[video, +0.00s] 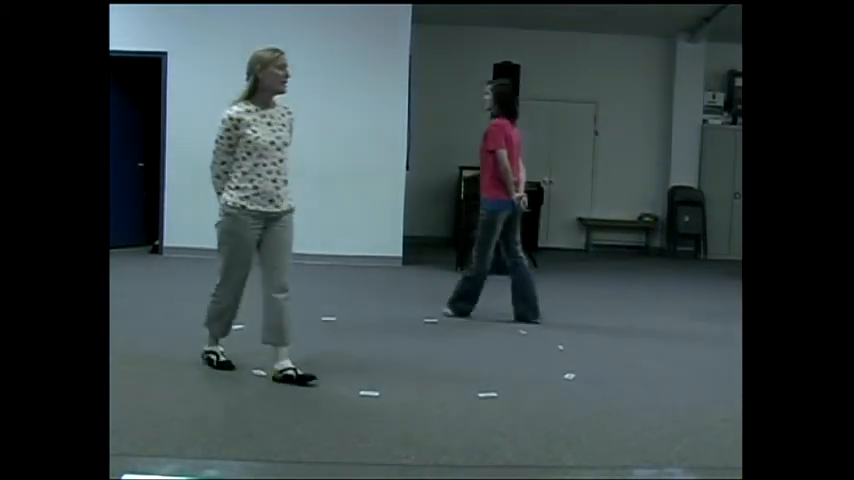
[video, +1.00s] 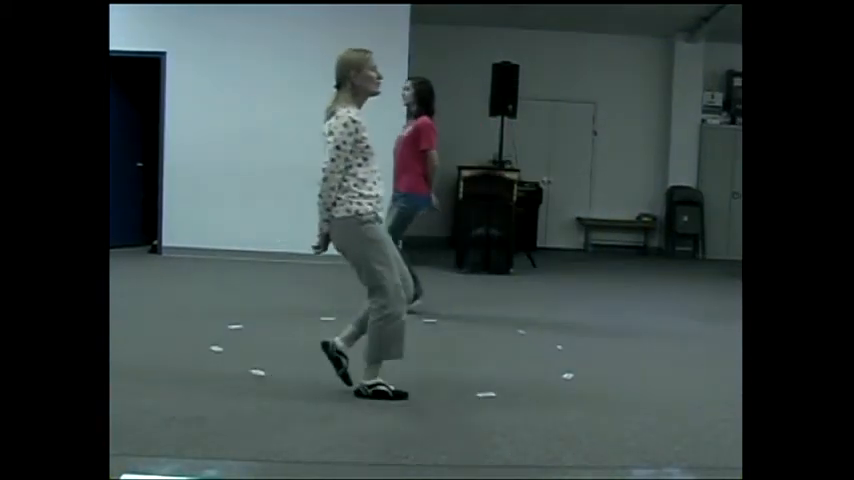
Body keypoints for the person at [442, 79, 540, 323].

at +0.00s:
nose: (484, 99)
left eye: (488, 95)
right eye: (485, 94)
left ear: (498, 99)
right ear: (505, 100)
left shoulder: (496, 128)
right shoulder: (512, 129)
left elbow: (503, 162)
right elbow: (520, 164)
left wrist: (514, 191)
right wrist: (520, 190)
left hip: (494, 201)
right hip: (511, 200)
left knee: (481, 257)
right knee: (515, 255)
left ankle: (460, 305)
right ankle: (528, 312)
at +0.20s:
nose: (465, 95)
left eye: (469, 92)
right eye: (466, 91)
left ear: (478, 97)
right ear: (487, 99)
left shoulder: (473, 123)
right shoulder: (490, 125)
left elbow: (480, 158)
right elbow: (496, 162)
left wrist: (489, 187)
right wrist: (495, 188)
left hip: (469, 197)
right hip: (486, 196)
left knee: (464, 255)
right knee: (482, 249)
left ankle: (459, 307)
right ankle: (511, 299)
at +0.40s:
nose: (444, 95)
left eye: (448, 91)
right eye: (445, 90)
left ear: (458, 96)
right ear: (465, 97)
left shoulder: (454, 124)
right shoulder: (470, 126)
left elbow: (462, 159)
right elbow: (475, 161)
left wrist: (472, 188)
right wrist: (475, 189)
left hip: (452, 195)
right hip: (460, 195)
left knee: (456, 250)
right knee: (436, 243)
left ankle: (459, 305)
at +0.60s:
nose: (426, 94)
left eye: (431, 90)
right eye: (428, 90)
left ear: (442, 96)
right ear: (443, 97)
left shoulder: (442, 123)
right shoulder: (442, 123)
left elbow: (452, 156)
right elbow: (449, 158)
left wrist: (458, 189)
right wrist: (456, 190)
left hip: (440, 194)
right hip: (434, 194)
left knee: (444, 252)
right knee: (416, 250)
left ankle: (456, 306)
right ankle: (395, 299)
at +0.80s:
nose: (412, 91)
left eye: (416, 87)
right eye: (413, 87)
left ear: (428, 92)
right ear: (428, 93)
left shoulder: (431, 121)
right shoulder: (422, 120)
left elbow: (439, 156)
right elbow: (430, 156)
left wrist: (439, 185)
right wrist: (437, 186)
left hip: (422, 191)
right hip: (411, 190)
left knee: (414, 246)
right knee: (401, 247)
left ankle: (446, 294)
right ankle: (394, 299)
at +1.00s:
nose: (403, 94)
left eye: (407, 90)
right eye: (403, 90)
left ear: (420, 95)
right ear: (410, 96)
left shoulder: (424, 124)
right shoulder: (411, 124)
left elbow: (432, 158)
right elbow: (413, 157)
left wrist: (431, 188)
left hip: (413, 191)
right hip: (402, 190)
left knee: (389, 240)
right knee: (390, 240)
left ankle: (411, 286)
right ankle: (408, 288)